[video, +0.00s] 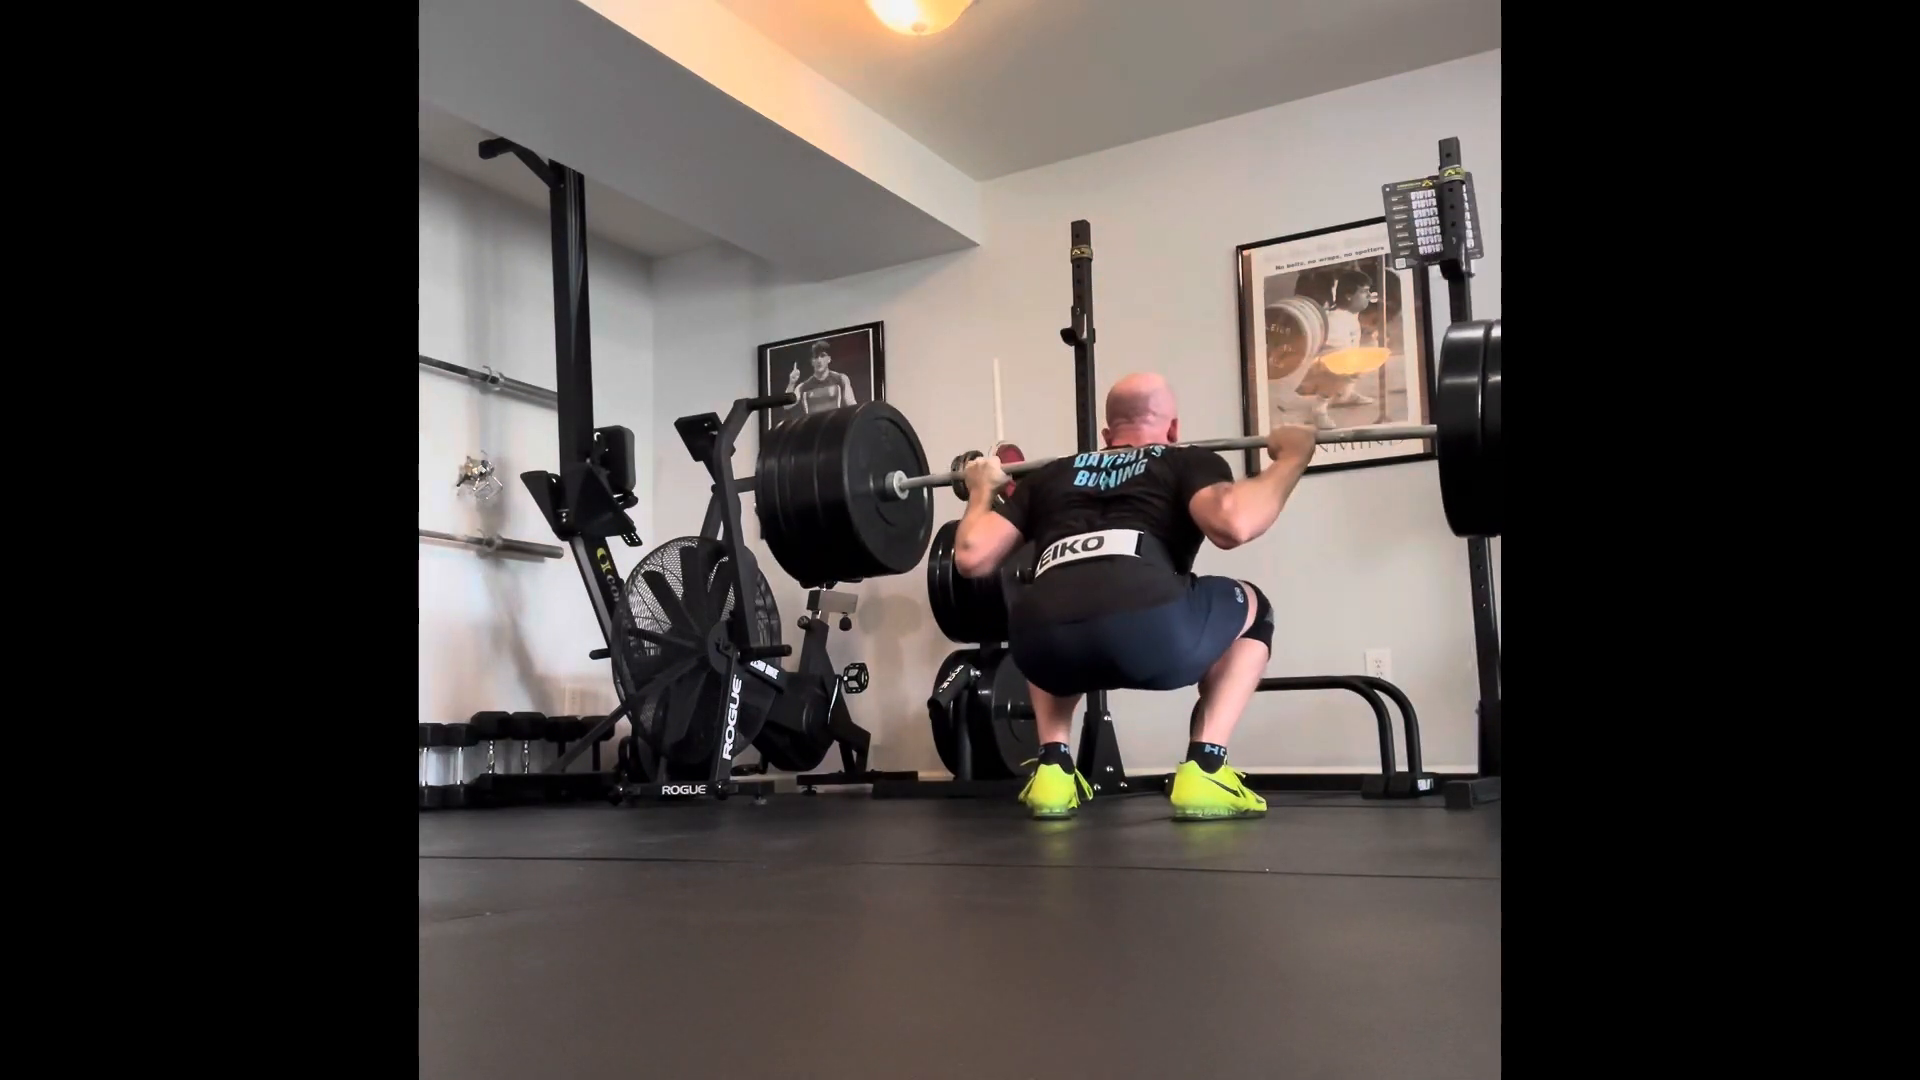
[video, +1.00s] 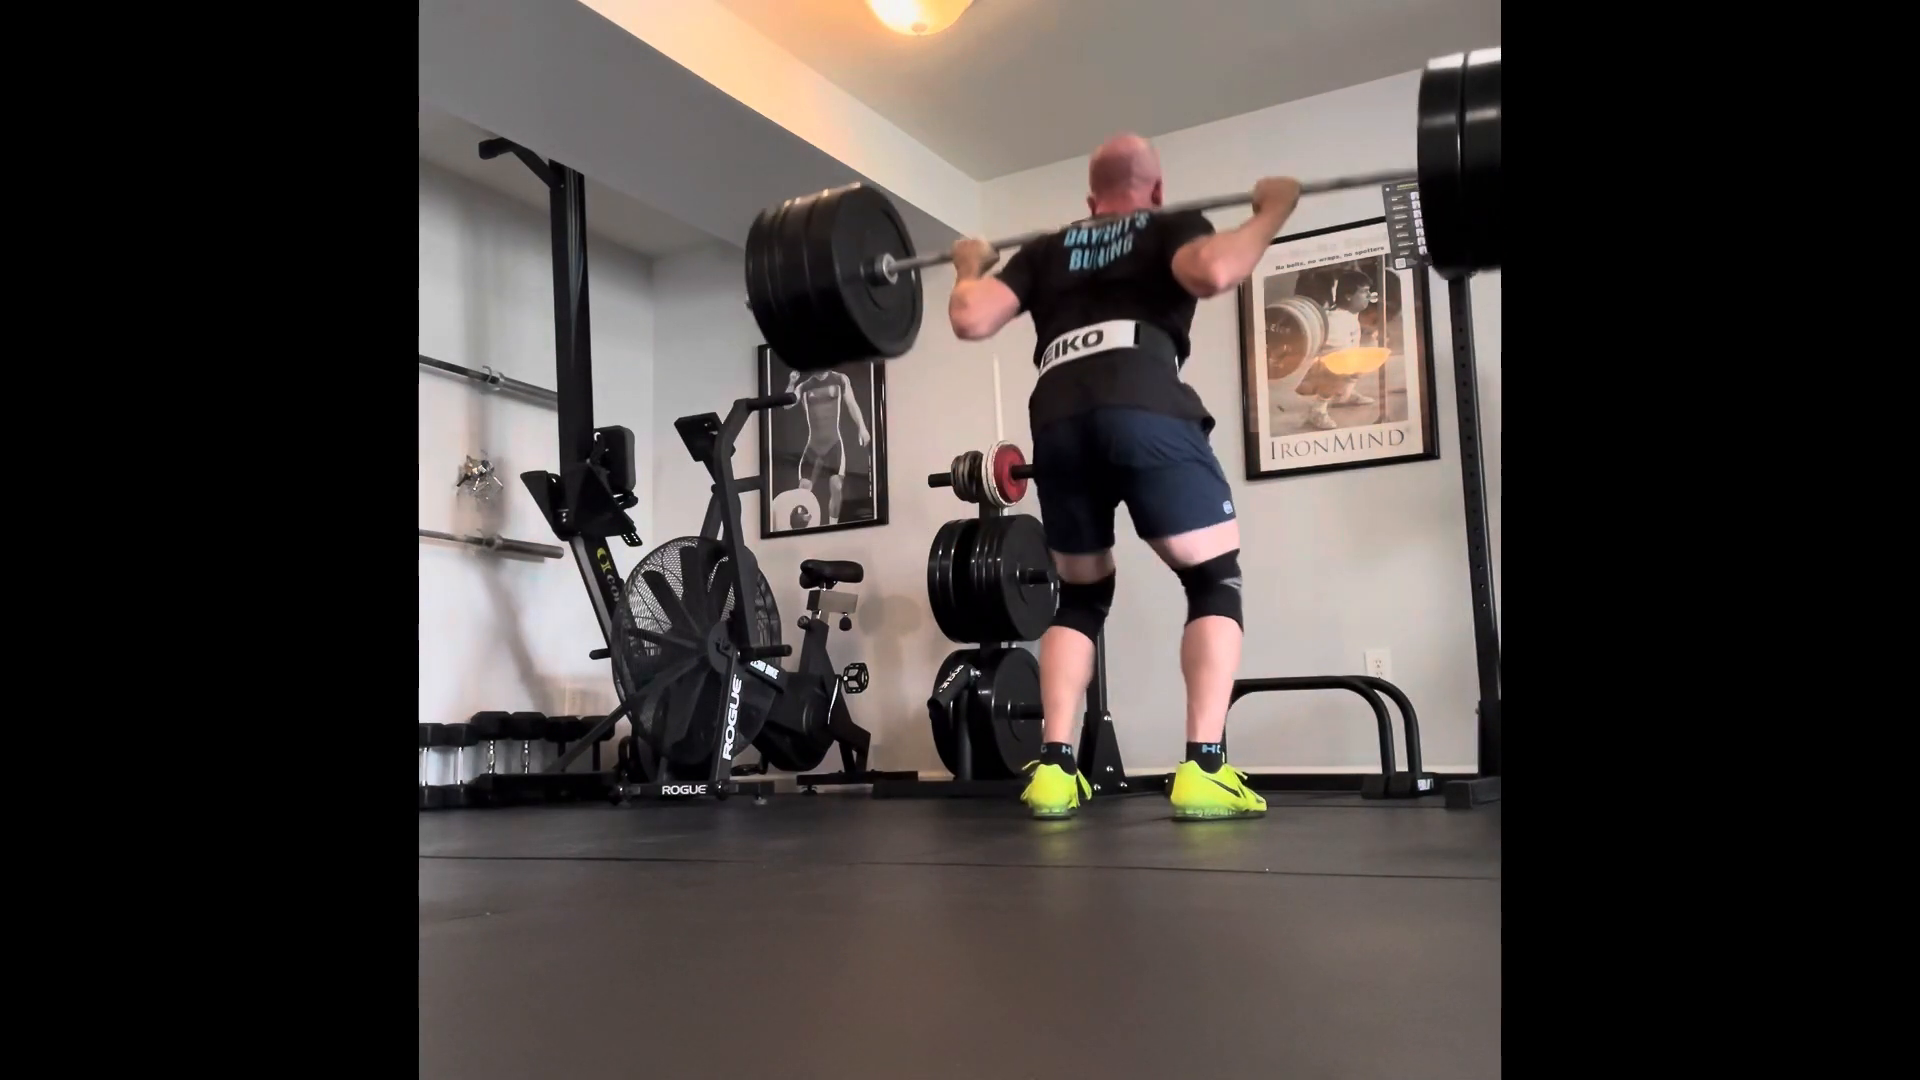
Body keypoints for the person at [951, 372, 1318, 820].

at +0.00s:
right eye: (1176, 425)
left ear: (1105, 430)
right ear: (1173, 430)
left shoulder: (1051, 474)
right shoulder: (1186, 460)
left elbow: (972, 557)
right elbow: (1232, 523)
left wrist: (980, 490)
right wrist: (1292, 457)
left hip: (1044, 630)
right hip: (1147, 620)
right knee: (1254, 609)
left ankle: (1053, 769)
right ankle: (1204, 768)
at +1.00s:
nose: (1156, 193)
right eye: (1157, 185)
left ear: (1088, 193)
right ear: (1157, 190)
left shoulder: (1045, 250)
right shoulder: (1170, 225)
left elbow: (970, 319)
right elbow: (1212, 272)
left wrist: (967, 267)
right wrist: (1269, 215)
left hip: (1056, 418)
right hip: (1147, 405)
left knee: (1080, 593)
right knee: (1213, 583)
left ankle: (1055, 764)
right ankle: (1204, 764)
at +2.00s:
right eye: (1132, 134)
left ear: (1068, 145)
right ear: (1136, 137)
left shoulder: (1027, 203)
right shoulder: (1149, 164)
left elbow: (951, 277)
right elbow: (1205, 208)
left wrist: (953, 213)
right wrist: (1261, 143)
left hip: (1059, 383)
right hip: (1147, 375)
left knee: (1055, 574)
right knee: (1167, 572)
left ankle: (1050, 764)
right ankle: (1197, 765)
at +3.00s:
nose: (1147, 151)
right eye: (1152, 142)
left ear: (1085, 153)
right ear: (1154, 147)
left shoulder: (1045, 203)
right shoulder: (1167, 179)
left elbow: (969, 262)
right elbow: (1218, 220)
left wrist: (969, 215)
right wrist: (1272, 159)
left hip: (1066, 383)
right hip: (1153, 380)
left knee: (1056, 574)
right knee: (1170, 571)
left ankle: (1050, 764)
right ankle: (1197, 763)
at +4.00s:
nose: (1152, 264)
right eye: (1152, 256)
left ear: (1083, 263)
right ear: (1152, 262)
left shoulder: (1040, 313)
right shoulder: (1165, 291)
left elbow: (957, 374)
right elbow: (1214, 336)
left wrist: (967, 324)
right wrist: (1268, 280)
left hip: (1045, 460)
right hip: (1138, 449)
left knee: (1056, 616)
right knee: (1226, 603)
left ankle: (1050, 766)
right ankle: (1201, 766)